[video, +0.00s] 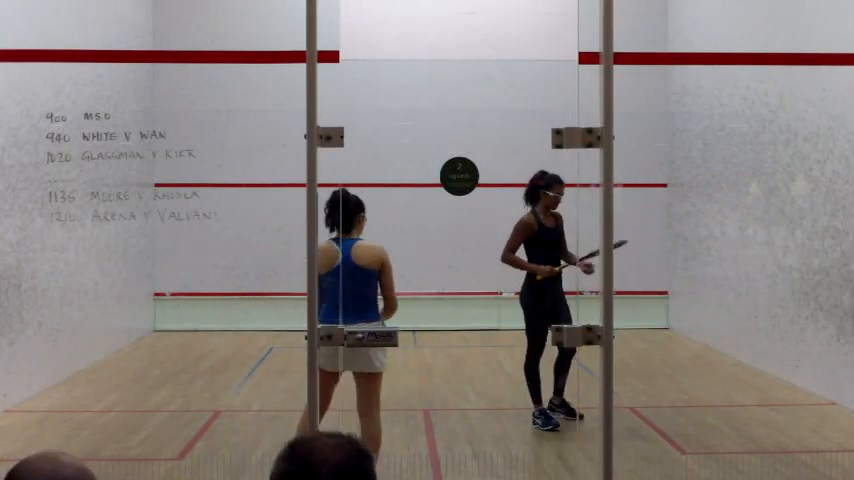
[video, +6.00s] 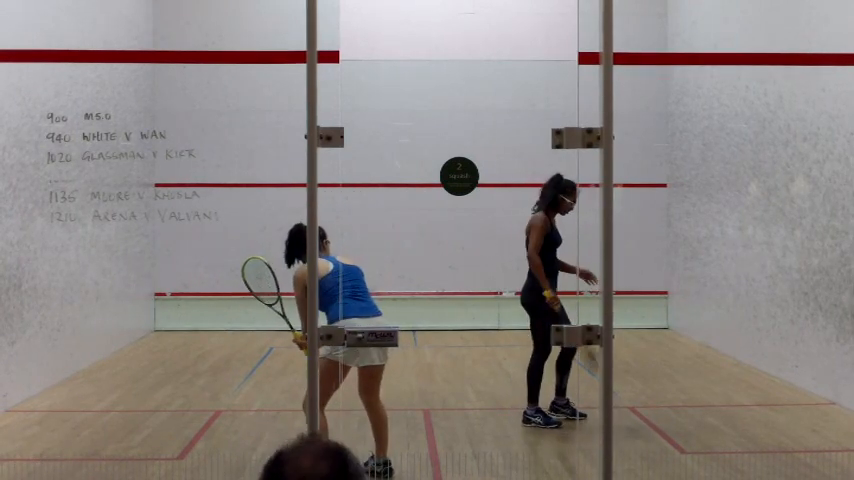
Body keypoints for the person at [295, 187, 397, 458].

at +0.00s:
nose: (365, 221)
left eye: (364, 217)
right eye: (364, 217)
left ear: (331, 219)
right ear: (360, 219)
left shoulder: (319, 254)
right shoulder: (376, 254)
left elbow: (314, 299)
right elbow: (391, 305)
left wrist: (321, 323)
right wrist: (374, 323)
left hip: (328, 341)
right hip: (366, 342)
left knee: (315, 408)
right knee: (369, 412)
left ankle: (295, 465)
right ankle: (367, 473)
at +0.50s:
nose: (325, 226)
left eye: (328, 218)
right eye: (325, 219)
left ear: (346, 218)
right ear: (355, 219)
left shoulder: (337, 250)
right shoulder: (380, 251)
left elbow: (326, 304)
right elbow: (383, 304)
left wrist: (309, 312)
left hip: (337, 336)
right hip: (371, 336)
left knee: (323, 409)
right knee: (368, 411)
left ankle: (323, 472)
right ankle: (366, 472)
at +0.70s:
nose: (323, 224)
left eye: (328, 218)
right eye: (321, 218)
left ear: (347, 217)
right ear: (346, 219)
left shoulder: (344, 250)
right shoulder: (360, 249)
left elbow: (336, 303)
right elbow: (352, 301)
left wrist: (302, 312)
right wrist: (316, 317)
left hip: (339, 338)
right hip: (362, 337)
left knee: (326, 411)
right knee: (360, 409)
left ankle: (321, 475)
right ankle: (368, 474)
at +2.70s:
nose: (330, 226)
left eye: (330, 219)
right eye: (329, 220)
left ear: (342, 217)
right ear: (359, 217)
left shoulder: (341, 249)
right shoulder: (377, 250)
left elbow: (325, 299)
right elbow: (361, 295)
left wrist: (303, 293)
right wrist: (309, 293)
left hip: (339, 333)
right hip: (370, 332)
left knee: (328, 403)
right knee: (368, 400)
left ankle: (327, 468)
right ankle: (367, 467)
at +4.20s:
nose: (322, 220)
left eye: (328, 214)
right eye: (319, 215)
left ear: (344, 216)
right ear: (317, 216)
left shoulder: (348, 248)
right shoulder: (335, 248)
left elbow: (339, 299)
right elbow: (329, 296)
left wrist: (301, 299)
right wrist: (306, 309)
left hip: (338, 328)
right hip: (336, 327)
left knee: (325, 402)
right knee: (348, 399)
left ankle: (324, 460)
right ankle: (364, 455)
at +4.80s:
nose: (303, 239)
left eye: (303, 233)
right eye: (304, 233)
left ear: (307, 235)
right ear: (328, 230)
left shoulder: (321, 261)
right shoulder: (349, 256)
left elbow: (325, 314)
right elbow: (351, 308)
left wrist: (298, 326)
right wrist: (311, 324)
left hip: (358, 337)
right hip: (379, 333)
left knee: (321, 400)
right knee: (366, 396)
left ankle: (325, 463)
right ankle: (385, 460)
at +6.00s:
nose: (331, 246)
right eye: (329, 243)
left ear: (299, 250)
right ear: (326, 244)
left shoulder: (303, 273)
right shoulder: (349, 264)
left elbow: (308, 319)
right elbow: (350, 308)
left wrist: (307, 341)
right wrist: (314, 337)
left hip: (344, 335)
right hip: (378, 330)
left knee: (312, 404)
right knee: (371, 396)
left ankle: (324, 463)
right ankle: (382, 461)